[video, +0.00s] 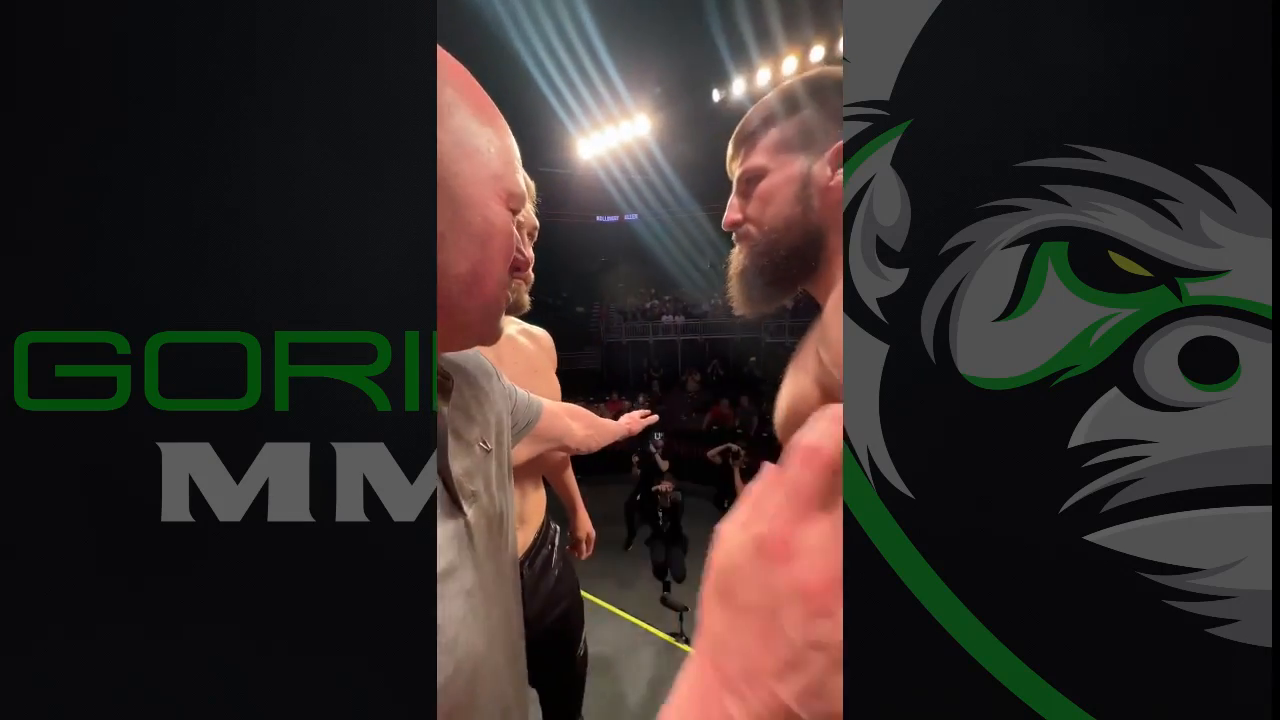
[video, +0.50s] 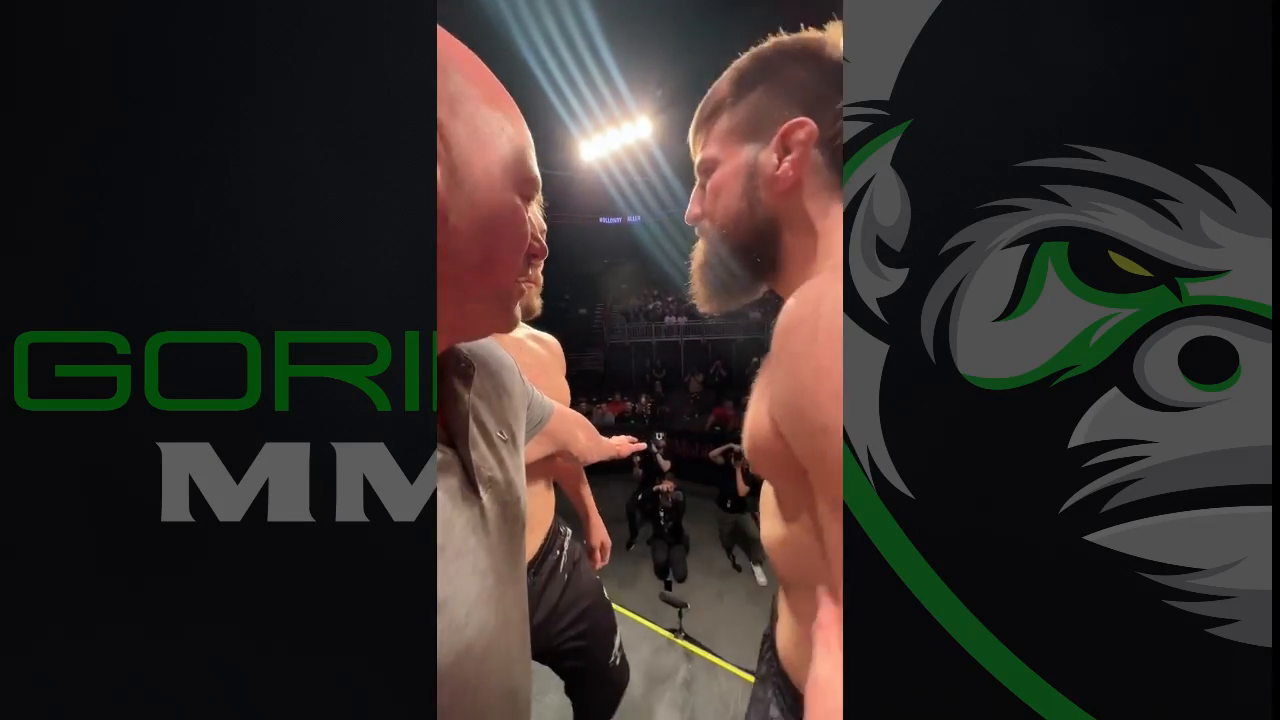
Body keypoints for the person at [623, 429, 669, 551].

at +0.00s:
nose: (659, 443)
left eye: (660, 440)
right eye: (656, 440)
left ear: (663, 442)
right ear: (651, 442)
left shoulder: (666, 454)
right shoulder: (644, 454)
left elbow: (664, 467)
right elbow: (635, 475)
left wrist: (656, 454)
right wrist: (635, 465)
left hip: (656, 486)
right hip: (642, 485)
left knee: (651, 511)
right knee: (629, 505)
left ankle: (658, 535)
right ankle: (631, 535)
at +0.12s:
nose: (658, 443)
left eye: (660, 440)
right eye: (655, 441)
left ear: (663, 442)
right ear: (650, 442)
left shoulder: (664, 454)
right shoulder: (643, 455)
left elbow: (664, 467)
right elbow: (635, 475)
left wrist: (655, 453)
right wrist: (634, 465)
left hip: (657, 485)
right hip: (643, 484)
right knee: (629, 504)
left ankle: (657, 532)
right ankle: (631, 534)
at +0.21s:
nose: (658, 443)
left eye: (660, 440)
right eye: (655, 441)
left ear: (663, 441)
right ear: (650, 442)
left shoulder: (665, 453)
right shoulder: (645, 455)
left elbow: (664, 467)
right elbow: (635, 475)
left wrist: (655, 453)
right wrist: (634, 465)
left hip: (657, 486)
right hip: (643, 485)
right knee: (628, 504)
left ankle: (656, 533)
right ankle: (631, 534)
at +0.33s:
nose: (659, 443)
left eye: (661, 440)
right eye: (656, 440)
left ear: (664, 441)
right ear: (651, 441)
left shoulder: (666, 454)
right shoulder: (645, 454)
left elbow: (664, 467)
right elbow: (635, 476)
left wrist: (655, 453)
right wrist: (635, 465)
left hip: (658, 485)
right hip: (644, 485)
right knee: (629, 505)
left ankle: (656, 533)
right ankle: (631, 534)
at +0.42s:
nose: (659, 444)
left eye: (661, 441)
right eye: (656, 441)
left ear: (664, 442)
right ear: (652, 442)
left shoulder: (667, 454)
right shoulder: (646, 455)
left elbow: (665, 467)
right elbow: (636, 476)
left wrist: (656, 453)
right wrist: (636, 465)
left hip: (659, 485)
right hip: (644, 485)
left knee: (653, 508)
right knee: (630, 505)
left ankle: (657, 533)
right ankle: (632, 534)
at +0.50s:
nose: (660, 443)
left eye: (662, 440)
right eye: (657, 440)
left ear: (665, 442)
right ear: (653, 442)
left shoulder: (667, 454)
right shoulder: (647, 455)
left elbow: (665, 467)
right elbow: (637, 476)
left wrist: (657, 453)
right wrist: (636, 465)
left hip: (659, 485)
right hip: (645, 484)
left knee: (656, 508)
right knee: (631, 505)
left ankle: (658, 533)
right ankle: (633, 535)